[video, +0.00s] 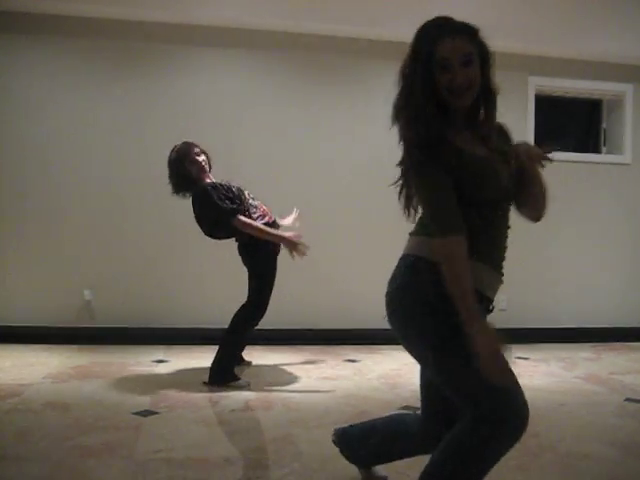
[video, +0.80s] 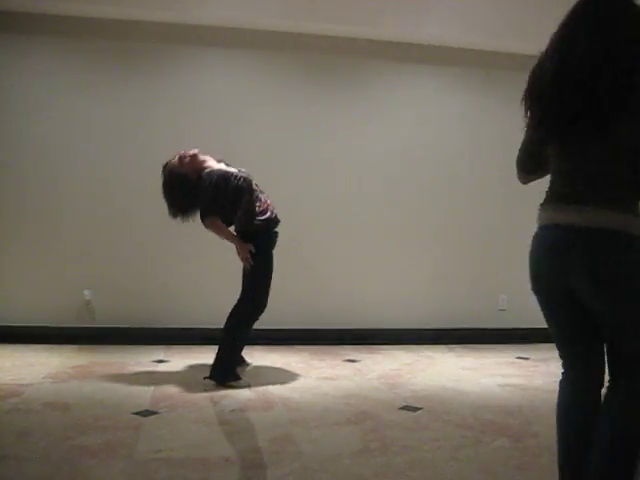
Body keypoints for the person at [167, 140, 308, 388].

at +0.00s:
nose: (200, 158)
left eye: (200, 153)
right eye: (192, 158)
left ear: (207, 157)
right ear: (184, 169)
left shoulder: (213, 189)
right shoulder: (207, 194)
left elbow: (249, 213)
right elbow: (242, 224)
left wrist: (278, 224)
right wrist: (283, 237)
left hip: (258, 243)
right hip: (256, 246)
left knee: (256, 304)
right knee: (255, 307)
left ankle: (231, 353)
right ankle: (220, 372)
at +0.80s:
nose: (185, 153)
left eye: (179, 155)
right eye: (182, 161)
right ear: (190, 175)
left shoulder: (216, 172)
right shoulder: (213, 179)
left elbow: (210, 220)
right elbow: (210, 220)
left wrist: (237, 241)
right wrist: (237, 241)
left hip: (260, 233)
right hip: (257, 237)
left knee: (253, 301)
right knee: (253, 303)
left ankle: (230, 354)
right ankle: (223, 369)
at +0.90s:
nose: (199, 132)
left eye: (193, 132)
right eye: (193, 138)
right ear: (198, 154)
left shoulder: (232, 154)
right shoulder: (219, 167)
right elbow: (206, 209)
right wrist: (228, 243)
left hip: (254, 234)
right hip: (245, 237)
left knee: (252, 297)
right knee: (251, 298)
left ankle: (230, 356)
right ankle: (226, 366)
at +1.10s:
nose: (239, 117)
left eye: (238, 113)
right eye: (230, 117)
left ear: (247, 119)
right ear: (224, 133)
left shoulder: (258, 152)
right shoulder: (222, 162)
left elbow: (259, 187)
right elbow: (207, 203)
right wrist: (198, 239)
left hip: (244, 236)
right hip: (224, 237)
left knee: (231, 294)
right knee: (244, 292)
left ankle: (225, 357)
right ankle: (237, 359)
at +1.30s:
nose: (257, 117)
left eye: (258, 112)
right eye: (249, 115)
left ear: (264, 120)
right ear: (238, 125)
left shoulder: (266, 152)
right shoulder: (228, 153)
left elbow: (289, 185)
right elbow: (194, 177)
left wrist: (294, 200)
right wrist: (194, 205)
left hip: (245, 231)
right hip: (217, 232)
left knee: (267, 288)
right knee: (231, 298)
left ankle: (233, 320)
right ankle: (234, 363)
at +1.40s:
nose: (260, 117)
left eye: (262, 113)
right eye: (252, 114)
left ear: (266, 121)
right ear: (240, 124)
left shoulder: (268, 156)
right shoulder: (225, 150)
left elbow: (271, 199)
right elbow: (207, 188)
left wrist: (254, 226)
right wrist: (236, 222)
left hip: (245, 226)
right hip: (218, 227)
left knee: (284, 270)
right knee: (229, 292)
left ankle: (245, 283)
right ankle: (225, 361)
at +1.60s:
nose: (260, 118)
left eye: (263, 114)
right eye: (253, 114)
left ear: (267, 123)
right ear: (241, 123)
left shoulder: (266, 154)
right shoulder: (227, 145)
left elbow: (252, 190)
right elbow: (241, 177)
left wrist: (248, 218)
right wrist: (270, 198)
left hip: (245, 222)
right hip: (219, 224)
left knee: (277, 250)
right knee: (225, 292)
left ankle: (261, 314)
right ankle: (226, 359)